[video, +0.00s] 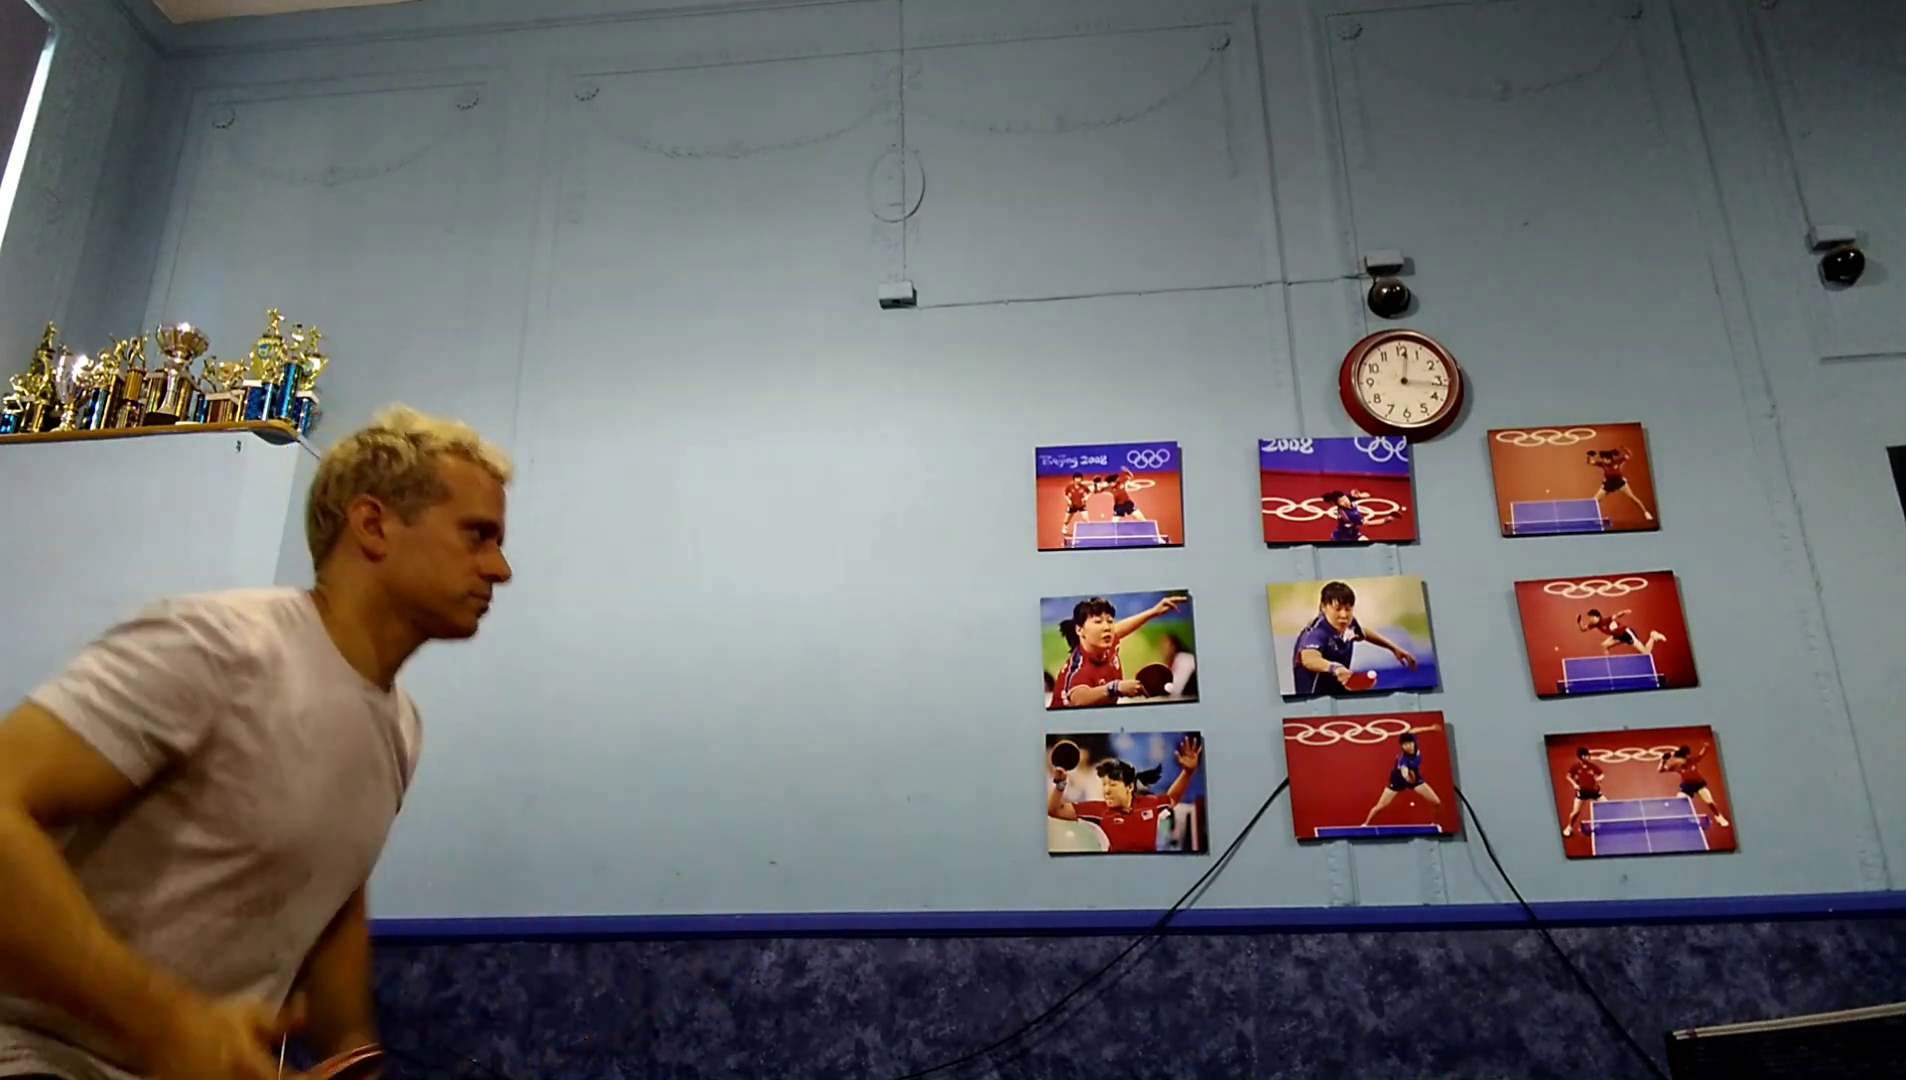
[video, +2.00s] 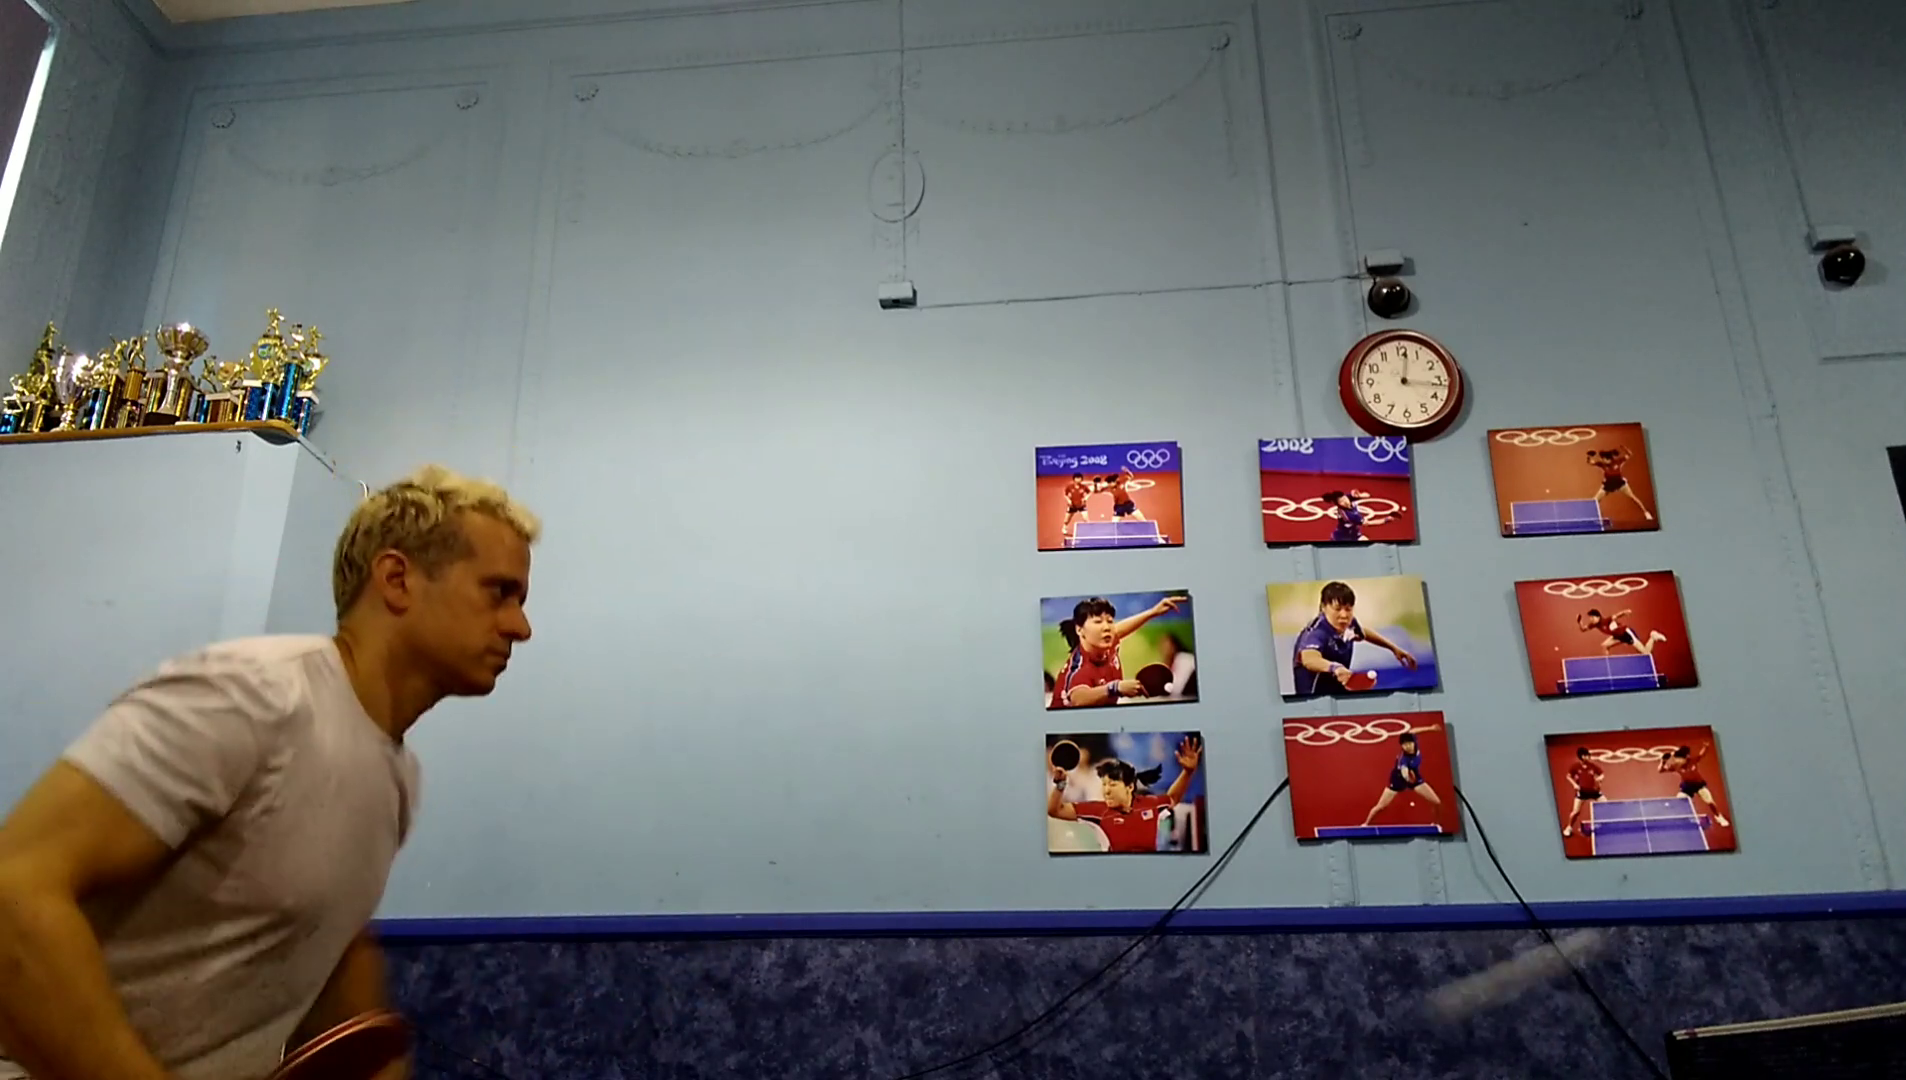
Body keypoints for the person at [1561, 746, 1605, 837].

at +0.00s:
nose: (1588, 758)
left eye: (1588, 755)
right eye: (1586, 756)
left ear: (1588, 756)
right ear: (1581, 757)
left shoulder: (1592, 766)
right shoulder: (1576, 767)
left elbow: (1602, 774)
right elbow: (1568, 776)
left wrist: (1598, 779)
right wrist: (1574, 784)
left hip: (1594, 791)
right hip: (1582, 791)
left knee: (1607, 806)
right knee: (1576, 812)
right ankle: (1569, 827)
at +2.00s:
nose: (1587, 758)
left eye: (1588, 755)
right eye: (1585, 755)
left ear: (1589, 756)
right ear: (1581, 757)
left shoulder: (1592, 766)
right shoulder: (1576, 767)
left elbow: (1602, 774)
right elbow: (1568, 776)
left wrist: (1598, 779)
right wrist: (1574, 785)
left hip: (1594, 791)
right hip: (1582, 791)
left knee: (1606, 806)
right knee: (1576, 812)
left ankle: (1606, 826)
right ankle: (1569, 827)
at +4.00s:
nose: (1587, 757)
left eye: (1588, 755)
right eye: (1585, 755)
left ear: (1589, 756)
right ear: (1581, 757)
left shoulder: (1592, 766)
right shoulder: (1576, 767)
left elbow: (1602, 774)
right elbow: (1568, 776)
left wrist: (1598, 779)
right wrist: (1574, 785)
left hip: (1594, 791)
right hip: (1582, 791)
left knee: (1606, 805)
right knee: (1576, 812)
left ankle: (1606, 826)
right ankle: (1569, 827)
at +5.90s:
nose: (1587, 757)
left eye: (1588, 755)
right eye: (1585, 755)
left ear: (1588, 756)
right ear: (1581, 757)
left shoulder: (1592, 766)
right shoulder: (1576, 767)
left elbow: (1602, 774)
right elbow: (1568, 776)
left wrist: (1597, 779)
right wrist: (1574, 785)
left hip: (1594, 791)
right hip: (1582, 791)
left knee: (1606, 806)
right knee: (1576, 812)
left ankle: (1607, 826)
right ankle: (1569, 827)